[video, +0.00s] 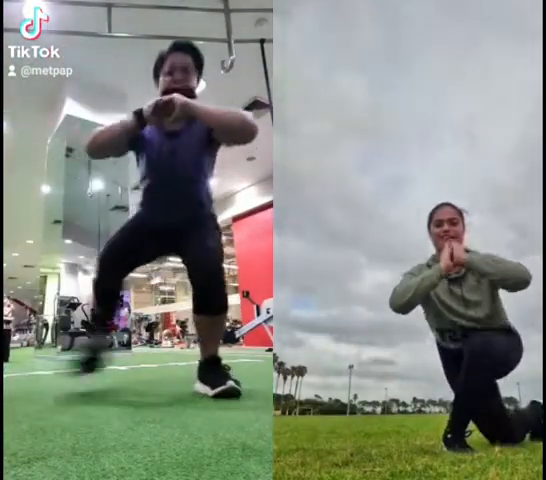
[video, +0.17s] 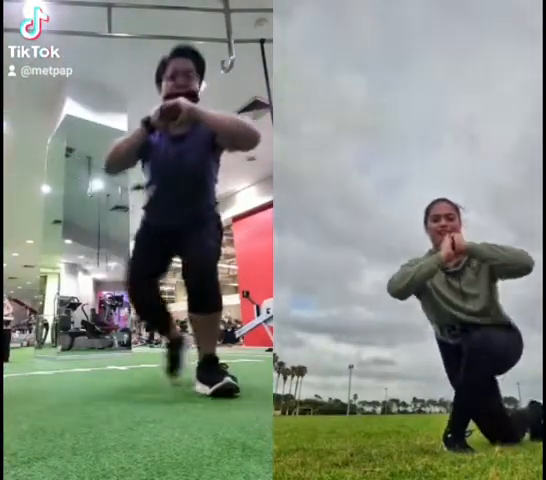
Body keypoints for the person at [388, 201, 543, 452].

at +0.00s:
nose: (446, 229)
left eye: (453, 223)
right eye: (438, 224)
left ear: (464, 228)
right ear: (430, 233)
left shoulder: (479, 262)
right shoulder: (423, 272)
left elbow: (522, 278)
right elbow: (398, 304)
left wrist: (467, 258)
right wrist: (440, 270)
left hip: (499, 343)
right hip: (455, 353)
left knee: (477, 351)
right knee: (502, 435)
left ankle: (455, 434)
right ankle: (535, 414)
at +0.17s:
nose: (443, 224)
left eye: (450, 218)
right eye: (435, 220)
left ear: (460, 224)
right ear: (427, 229)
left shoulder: (481, 259)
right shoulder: (421, 267)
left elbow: (525, 264)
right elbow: (395, 289)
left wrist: (469, 248)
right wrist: (440, 258)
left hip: (500, 338)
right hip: (455, 349)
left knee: (476, 346)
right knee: (502, 435)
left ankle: (455, 434)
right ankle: (534, 414)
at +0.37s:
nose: (433, 185)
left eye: (440, 178)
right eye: (425, 180)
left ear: (450, 183)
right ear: (416, 187)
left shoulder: (468, 221)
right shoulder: (409, 224)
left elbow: (513, 232)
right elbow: (386, 246)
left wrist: (463, 215)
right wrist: (431, 220)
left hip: (476, 306)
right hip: (434, 313)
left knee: (471, 342)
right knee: (448, 398)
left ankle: (454, 433)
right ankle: (502, 403)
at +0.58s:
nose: (420, 175)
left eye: (426, 169)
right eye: (412, 170)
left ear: (436, 173)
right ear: (402, 177)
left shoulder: (455, 207)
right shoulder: (396, 216)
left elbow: (489, 224)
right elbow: (366, 240)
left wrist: (442, 206)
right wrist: (410, 211)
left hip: (459, 299)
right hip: (413, 296)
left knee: (469, 348)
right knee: (381, 342)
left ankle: (453, 434)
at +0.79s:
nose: (407, 204)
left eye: (414, 198)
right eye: (400, 198)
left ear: (424, 204)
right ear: (390, 206)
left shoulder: (440, 242)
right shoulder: (379, 243)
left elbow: (478, 257)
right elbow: (347, 271)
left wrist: (429, 234)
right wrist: (397, 239)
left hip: (435, 326)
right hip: (389, 327)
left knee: (462, 342)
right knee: (357, 344)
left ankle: (452, 435)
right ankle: (350, 438)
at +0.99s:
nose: (394, 231)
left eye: (402, 225)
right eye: (387, 225)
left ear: (411, 232)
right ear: (377, 233)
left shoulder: (426, 267)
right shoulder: (364, 270)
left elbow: (465, 295)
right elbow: (330, 299)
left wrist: (413, 265)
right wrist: (382, 268)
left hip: (420, 354)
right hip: (376, 355)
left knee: (454, 343)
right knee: (341, 346)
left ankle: (451, 436)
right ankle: (349, 440)